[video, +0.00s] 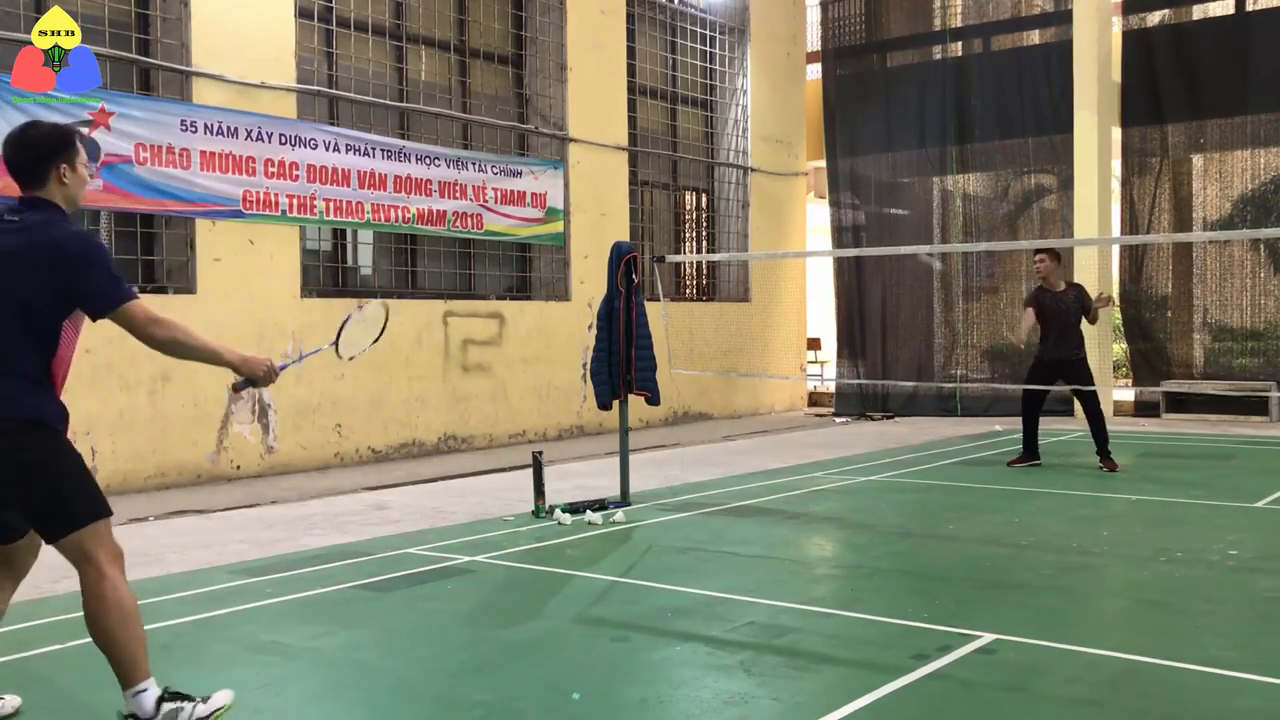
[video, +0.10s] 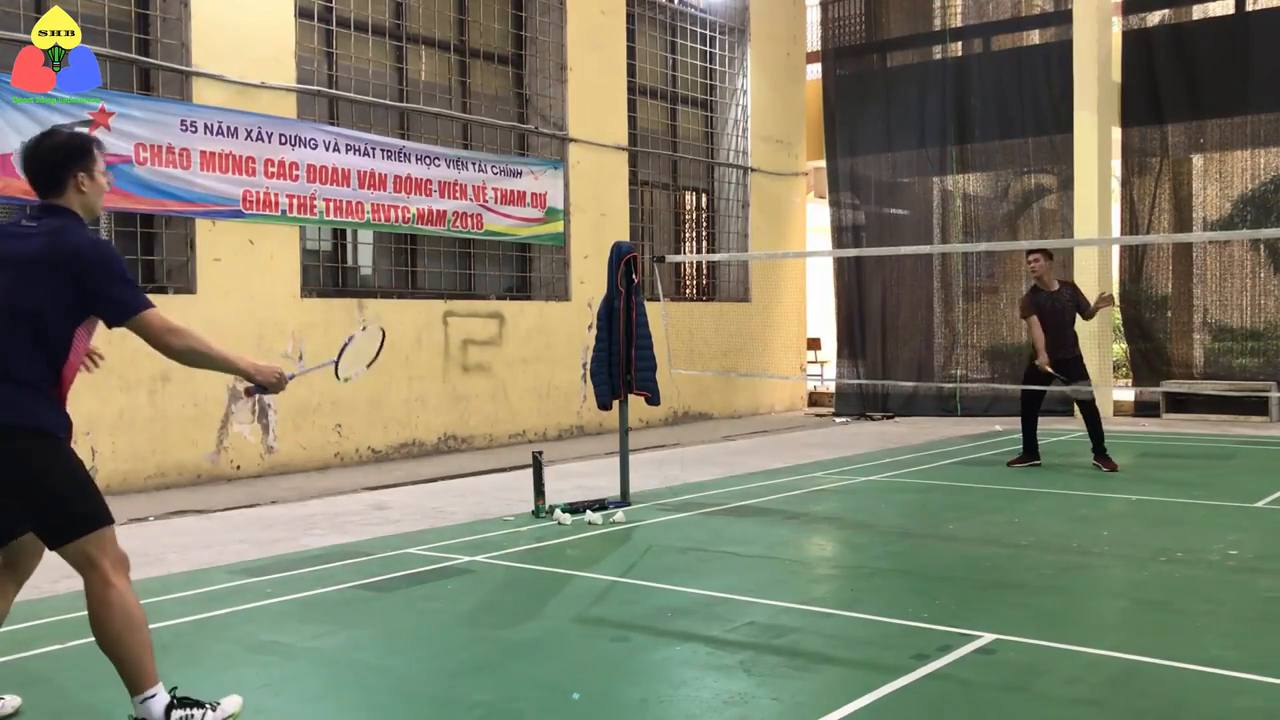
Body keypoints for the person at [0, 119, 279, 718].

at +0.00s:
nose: (89, 177)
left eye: (87, 164)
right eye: (84, 165)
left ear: (24, 176)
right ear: (63, 171)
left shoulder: (8, 226)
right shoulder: (69, 245)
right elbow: (154, 329)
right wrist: (236, 359)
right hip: (24, 425)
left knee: (17, 550)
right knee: (98, 557)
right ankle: (145, 699)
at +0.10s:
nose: (107, 183)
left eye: (104, 171)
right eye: (102, 172)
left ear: (47, 184)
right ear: (79, 180)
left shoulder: (11, 234)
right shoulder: (83, 250)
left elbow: (14, 309)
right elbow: (168, 337)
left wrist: (66, 336)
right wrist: (247, 367)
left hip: (3, 429)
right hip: (26, 431)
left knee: (19, 552)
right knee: (104, 565)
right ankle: (155, 705)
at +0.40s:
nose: (185, 148)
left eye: (181, 136)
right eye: (179, 138)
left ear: (114, 152)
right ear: (164, 151)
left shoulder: (63, 208)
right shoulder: (184, 236)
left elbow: (3, 269)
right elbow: (272, 317)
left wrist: (37, 314)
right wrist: (323, 311)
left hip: (25, 408)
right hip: (106, 420)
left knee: (7, 552)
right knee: (158, 556)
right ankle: (168, 706)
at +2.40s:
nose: (228, 165)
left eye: (227, 156)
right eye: (226, 157)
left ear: (159, 159)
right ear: (215, 163)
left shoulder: (100, 212)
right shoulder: (235, 240)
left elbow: (10, 270)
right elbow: (332, 271)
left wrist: (2, 334)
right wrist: (418, 286)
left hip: (61, 411)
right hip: (148, 422)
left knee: (28, 542)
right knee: (198, 546)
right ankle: (203, 699)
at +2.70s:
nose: (177, 181)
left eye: (175, 168)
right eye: (173, 169)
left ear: (113, 175)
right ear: (152, 174)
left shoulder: (56, 227)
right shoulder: (156, 243)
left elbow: (1, 288)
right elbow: (238, 308)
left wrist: (13, 347)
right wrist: (331, 337)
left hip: (15, 431)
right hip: (85, 438)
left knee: (5, 551)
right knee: (158, 557)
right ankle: (198, 700)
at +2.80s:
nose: (160, 197)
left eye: (158, 184)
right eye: (155, 186)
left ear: (93, 193)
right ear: (129, 193)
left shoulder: (38, 242)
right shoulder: (118, 262)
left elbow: (15, 326)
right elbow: (189, 345)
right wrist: (282, 381)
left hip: (2, 443)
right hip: (41, 448)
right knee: (126, 566)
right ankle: (192, 701)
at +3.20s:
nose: (159, 171)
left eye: (158, 160)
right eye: (158, 161)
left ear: (90, 165)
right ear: (142, 168)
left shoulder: (22, 213)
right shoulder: (146, 240)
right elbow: (235, 312)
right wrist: (253, 322)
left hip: (1, 413)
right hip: (53, 425)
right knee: (106, 562)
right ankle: (124, 709)